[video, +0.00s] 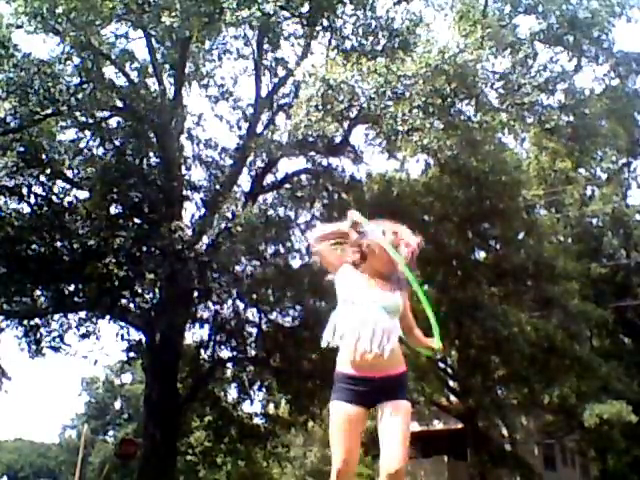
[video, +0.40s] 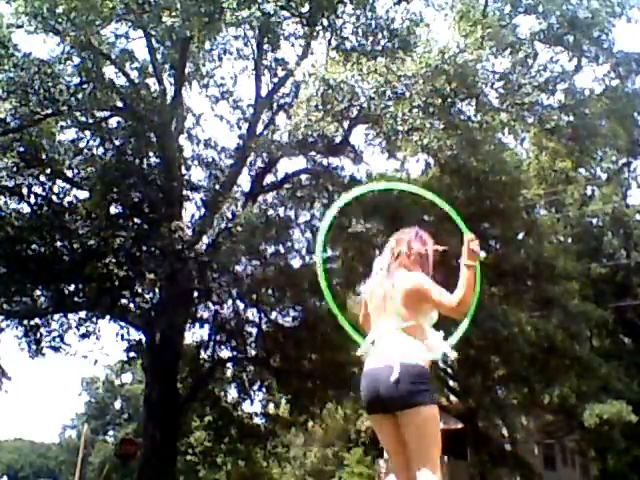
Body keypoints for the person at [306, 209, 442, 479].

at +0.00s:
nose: (397, 258)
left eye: (397, 252)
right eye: (391, 249)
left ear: (397, 256)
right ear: (370, 249)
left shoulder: (399, 288)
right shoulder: (345, 272)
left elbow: (410, 330)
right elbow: (316, 241)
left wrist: (426, 342)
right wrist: (346, 228)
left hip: (393, 383)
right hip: (349, 382)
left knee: (394, 469)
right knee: (342, 467)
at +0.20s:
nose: (415, 254)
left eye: (416, 248)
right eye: (412, 246)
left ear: (390, 245)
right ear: (392, 244)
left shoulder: (406, 281)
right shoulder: (382, 275)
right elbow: (359, 248)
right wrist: (364, 217)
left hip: (395, 383)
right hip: (377, 378)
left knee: (394, 466)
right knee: (409, 463)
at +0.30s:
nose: (426, 261)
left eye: (427, 253)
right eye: (425, 252)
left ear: (388, 250)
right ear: (406, 249)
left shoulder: (376, 280)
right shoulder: (395, 273)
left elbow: (381, 253)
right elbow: (421, 276)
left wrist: (405, 226)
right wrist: (412, 237)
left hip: (369, 375)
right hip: (394, 373)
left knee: (396, 466)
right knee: (419, 463)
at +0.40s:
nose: (427, 264)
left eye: (428, 258)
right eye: (424, 256)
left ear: (393, 254)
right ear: (408, 255)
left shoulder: (372, 287)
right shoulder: (414, 281)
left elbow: (365, 322)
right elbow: (458, 308)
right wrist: (469, 263)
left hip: (372, 370)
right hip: (408, 368)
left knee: (401, 471)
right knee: (427, 469)